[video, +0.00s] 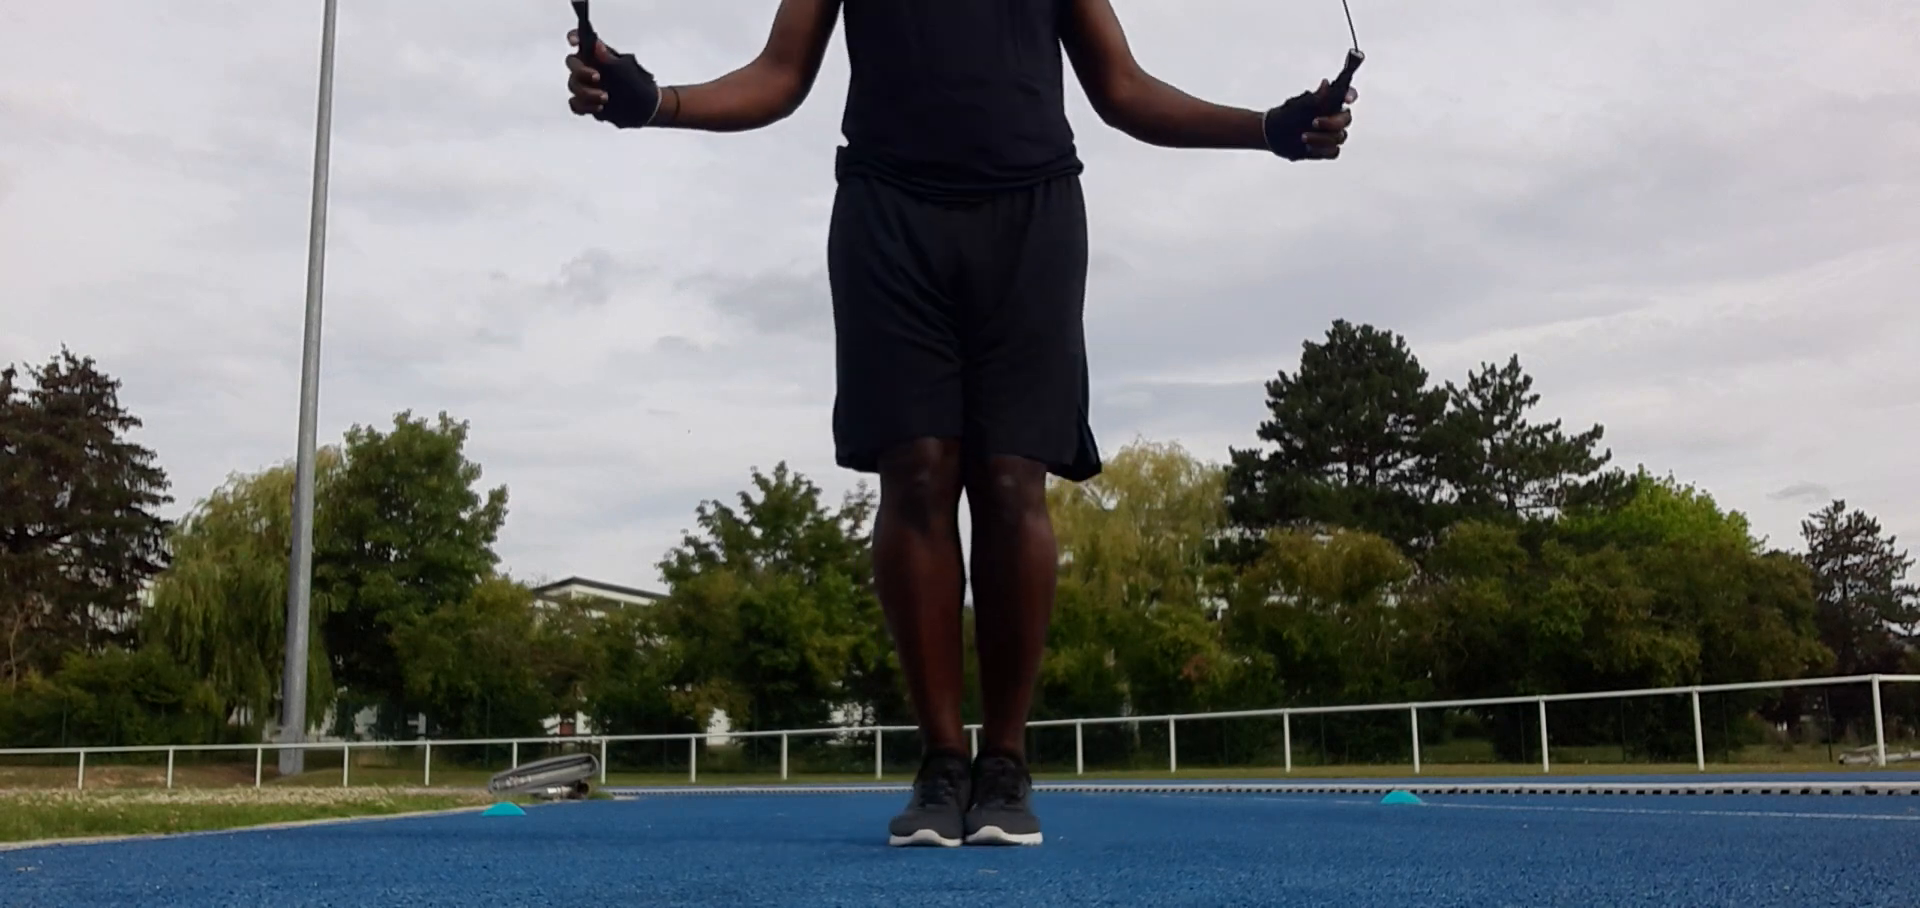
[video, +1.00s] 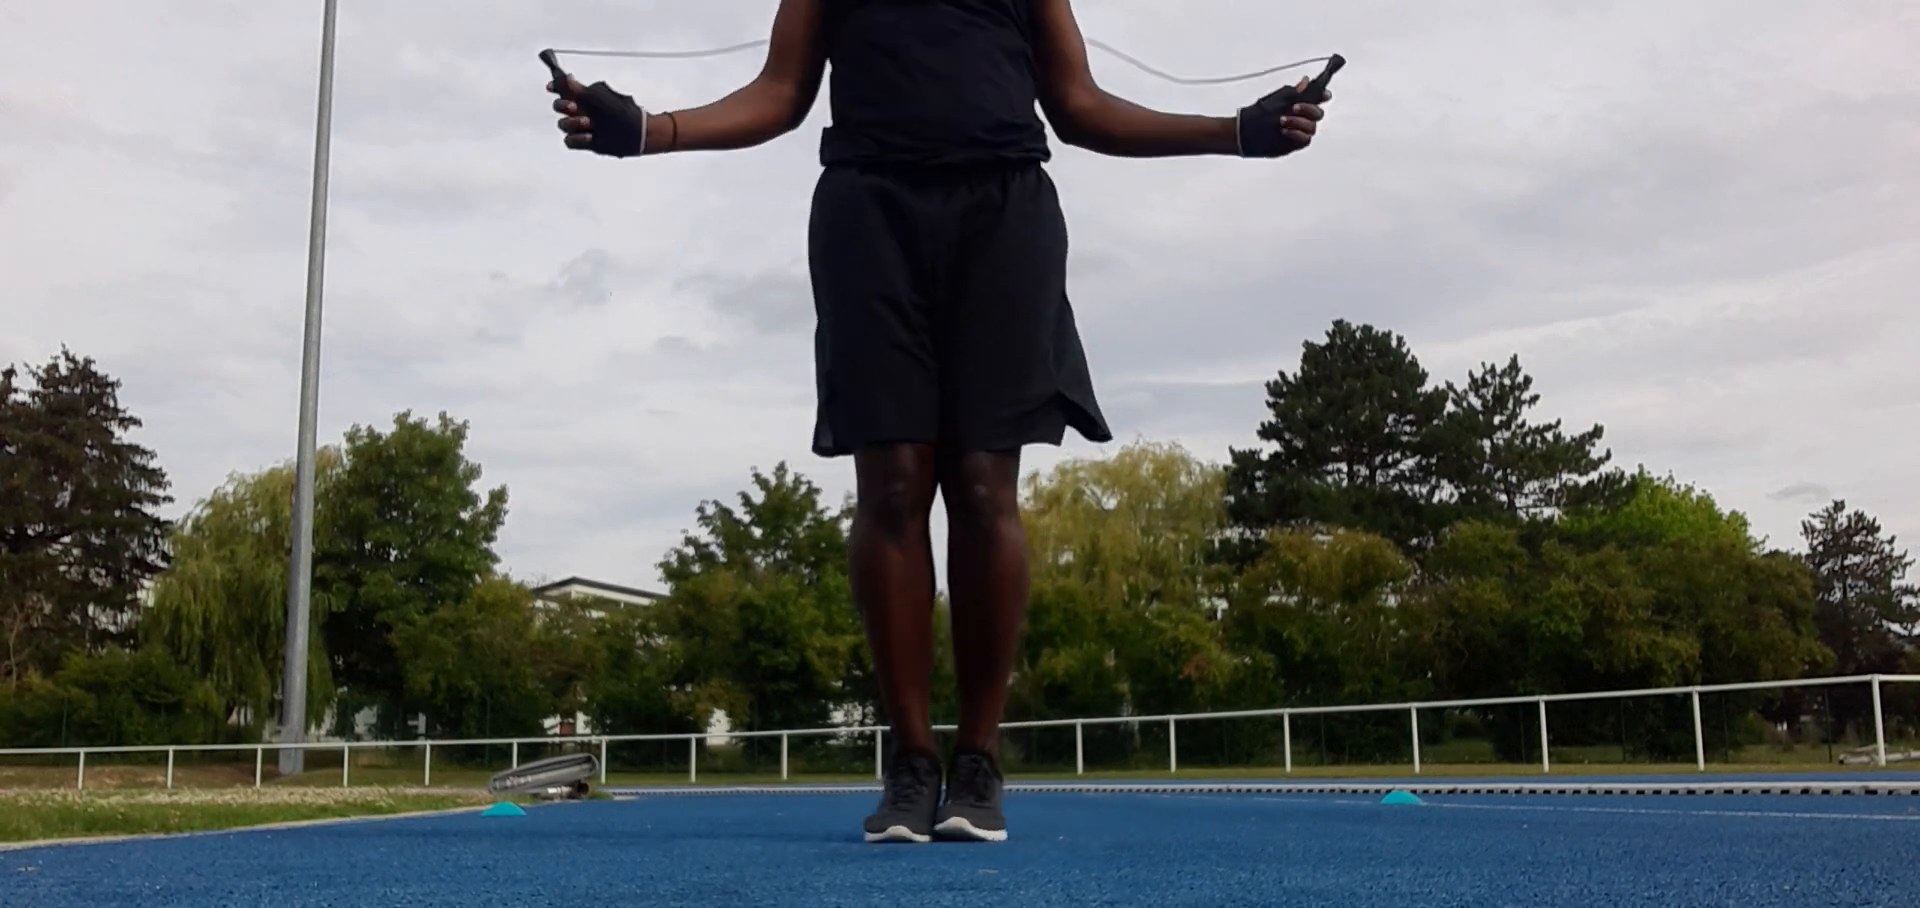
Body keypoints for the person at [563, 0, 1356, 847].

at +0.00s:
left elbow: (1122, 87)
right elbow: (779, 73)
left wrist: (1266, 126)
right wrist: (658, 99)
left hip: (1029, 204)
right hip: (887, 204)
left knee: (1011, 477)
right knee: (917, 472)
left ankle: (1004, 767)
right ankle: (942, 768)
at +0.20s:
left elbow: (1099, 63)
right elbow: (801, 48)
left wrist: (1250, 148)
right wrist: (669, 135)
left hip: (1027, 140)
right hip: (887, 141)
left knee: (1008, 427)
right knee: (915, 426)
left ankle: (1012, 737)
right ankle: (936, 736)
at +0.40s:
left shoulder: (1050, 2)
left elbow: (1109, 87)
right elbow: (784, 68)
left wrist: (1247, 157)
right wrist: (666, 136)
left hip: (1023, 197)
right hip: (885, 197)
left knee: (1009, 467)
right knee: (911, 465)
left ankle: (1009, 760)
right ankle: (940, 765)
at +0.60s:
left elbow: (1087, 80)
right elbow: (789, 72)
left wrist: (1245, 137)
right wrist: (649, 133)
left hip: (1018, 163)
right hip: (876, 167)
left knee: (999, 453)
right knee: (903, 455)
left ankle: (999, 758)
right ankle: (923, 761)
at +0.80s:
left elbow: (1092, 78)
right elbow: (777, 55)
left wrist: (1213, 177)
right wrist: (667, 176)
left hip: (1007, 184)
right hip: (871, 185)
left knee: (997, 456)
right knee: (891, 455)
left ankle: (997, 756)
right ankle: (918, 764)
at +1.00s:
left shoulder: (1030, 7)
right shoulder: (823, 7)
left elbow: (1082, 109)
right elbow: (778, 94)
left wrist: (1239, 129)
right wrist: (645, 128)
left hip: (1003, 205)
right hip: (869, 206)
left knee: (983, 484)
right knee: (893, 481)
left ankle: (977, 764)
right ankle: (910, 769)